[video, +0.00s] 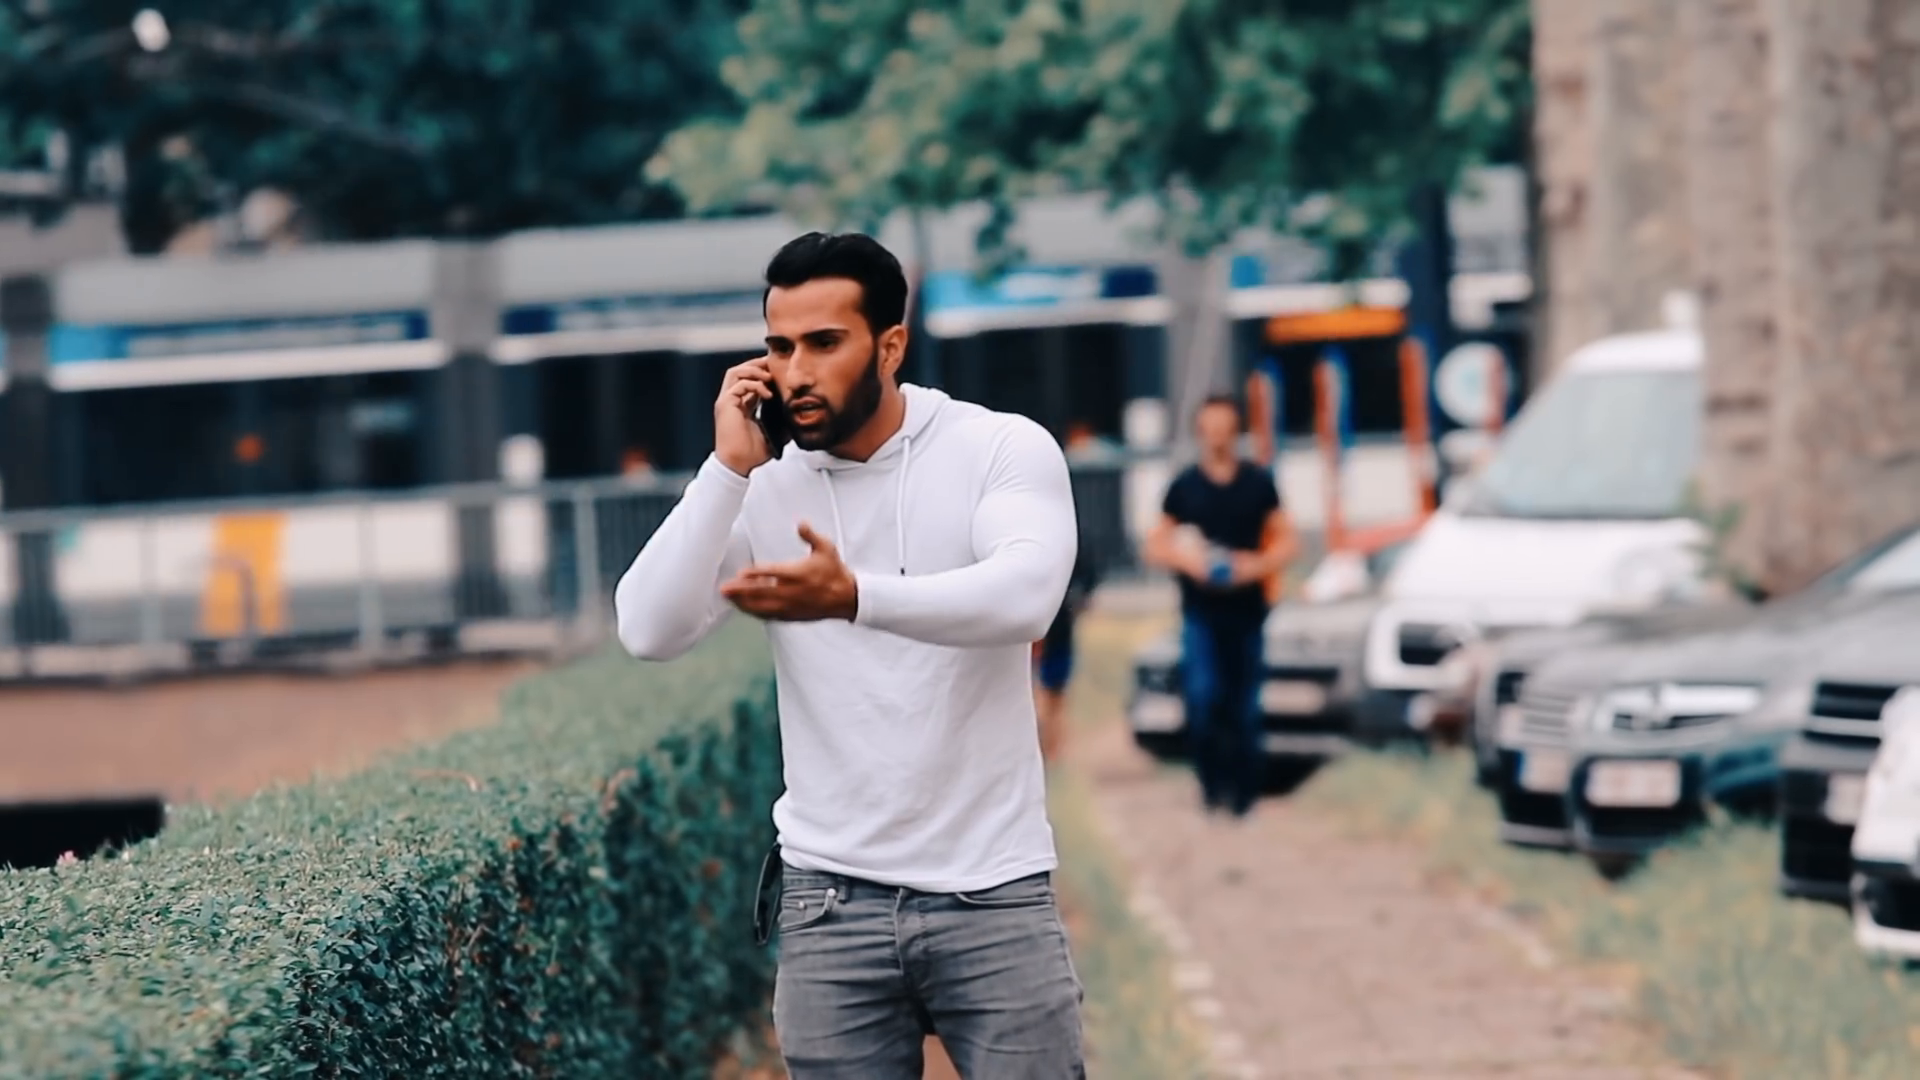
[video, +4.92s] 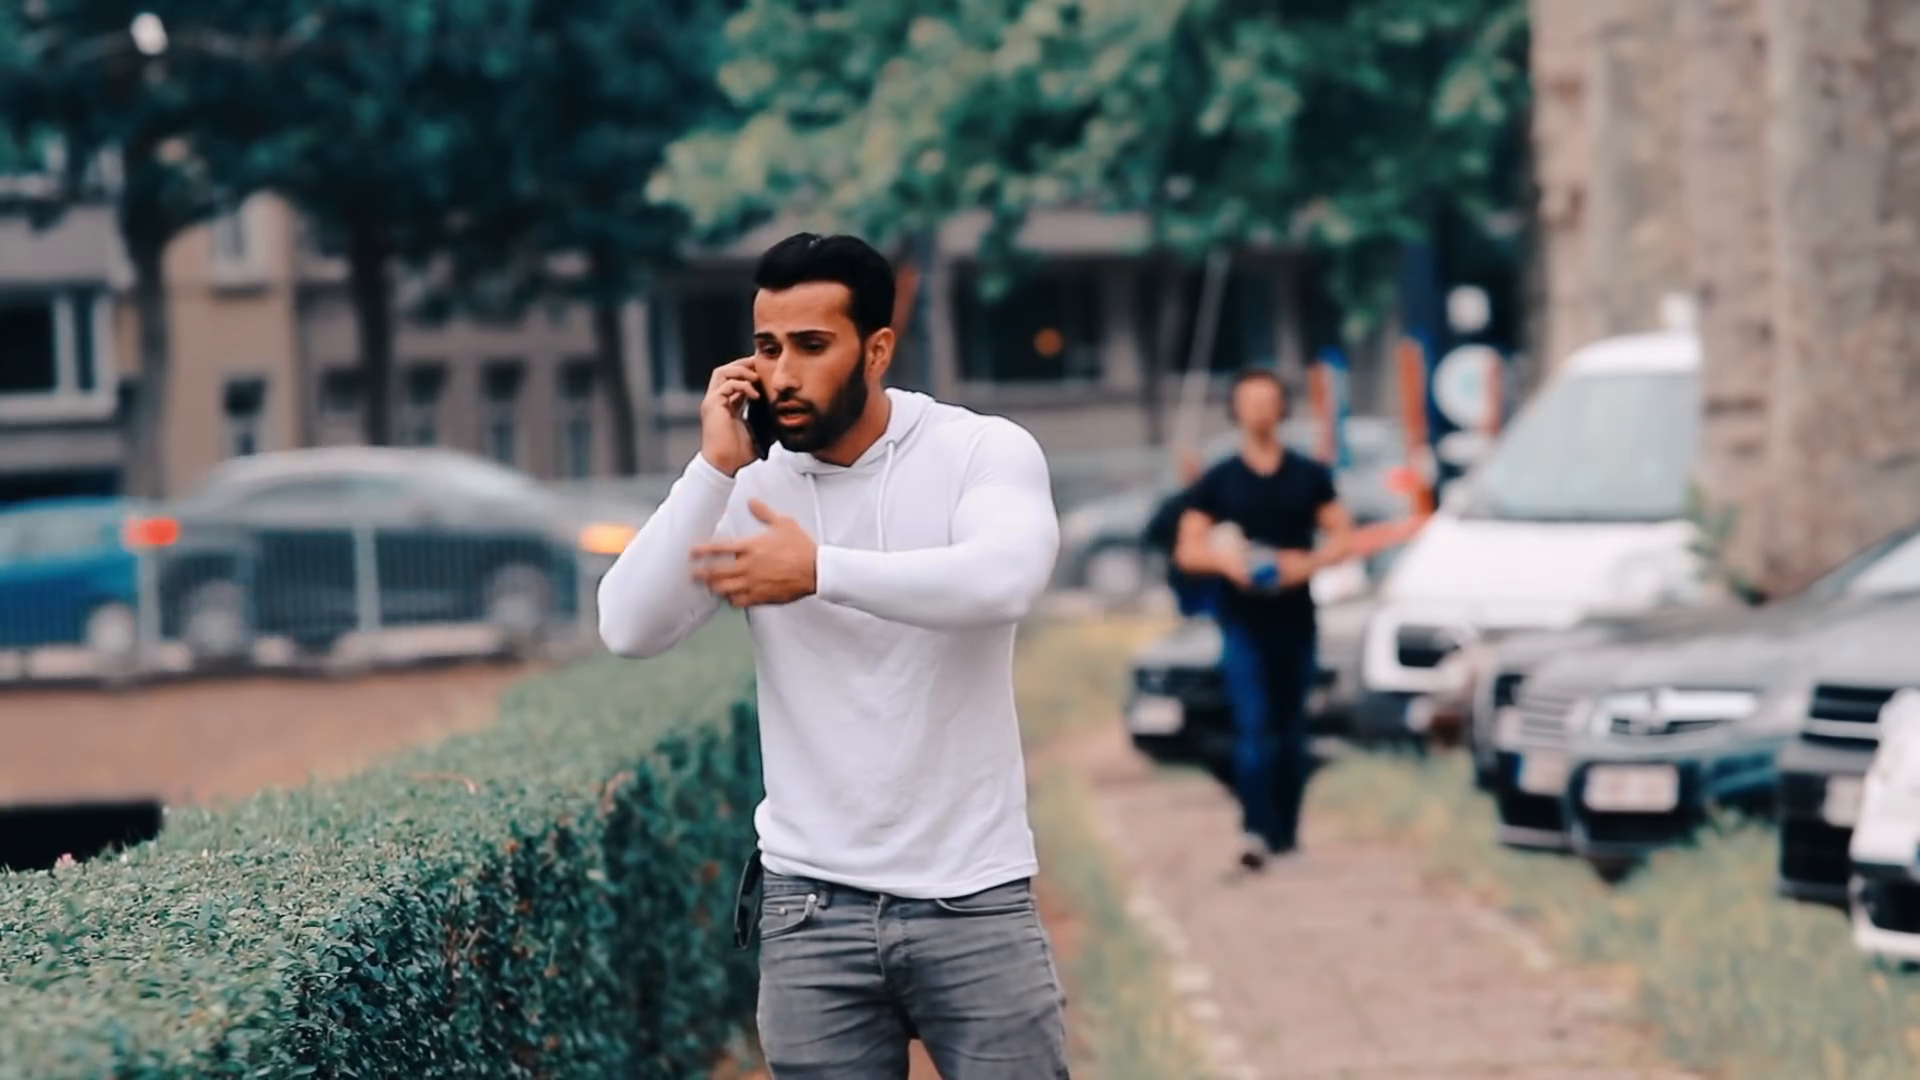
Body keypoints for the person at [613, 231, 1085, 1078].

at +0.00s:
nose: (794, 373)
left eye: (822, 343)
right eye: (780, 348)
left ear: (890, 346)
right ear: (764, 355)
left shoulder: (1007, 450)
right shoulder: (760, 490)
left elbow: (1023, 599)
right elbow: (648, 630)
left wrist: (853, 596)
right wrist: (727, 467)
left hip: (996, 895)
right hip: (827, 901)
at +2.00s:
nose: (786, 373)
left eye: (815, 344)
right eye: (774, 348)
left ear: (885, 347)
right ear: (759, 355)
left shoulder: (1004, 458)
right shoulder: (758, 491)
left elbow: (1009, 617)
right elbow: (643, 631)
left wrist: (854, 648)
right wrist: (723, 469)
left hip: (990, 900)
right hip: (821, 906)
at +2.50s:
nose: (784, 374)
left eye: (812, 343)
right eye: (770, 348)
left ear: (881, 346)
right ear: (755, 355)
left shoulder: (1000, 456)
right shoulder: (758, 482)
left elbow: (1004, 603)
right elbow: (640, 630)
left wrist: (827, 554)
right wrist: (716, 470)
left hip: (984, 897)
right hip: (816, 903)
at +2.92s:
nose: (781, 372)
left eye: (810, 342)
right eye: (768, 347)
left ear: (880, 345)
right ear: (754, 355)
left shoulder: (999, 457)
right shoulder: (754, 489)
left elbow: (1002, 616)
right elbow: (639, 632)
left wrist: (840, 638)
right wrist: (718, 467)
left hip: (984, 900)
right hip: (815, 906)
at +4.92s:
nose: (780, 373)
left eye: (809, 345)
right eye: (768, 347)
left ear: (877, 348)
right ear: (752, 351)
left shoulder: (988, 451)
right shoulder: (750, 488)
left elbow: (1003, 583)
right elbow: (628, 626)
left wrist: (820, 571)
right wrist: (713, 466)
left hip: (975, 899)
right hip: (807, 906)